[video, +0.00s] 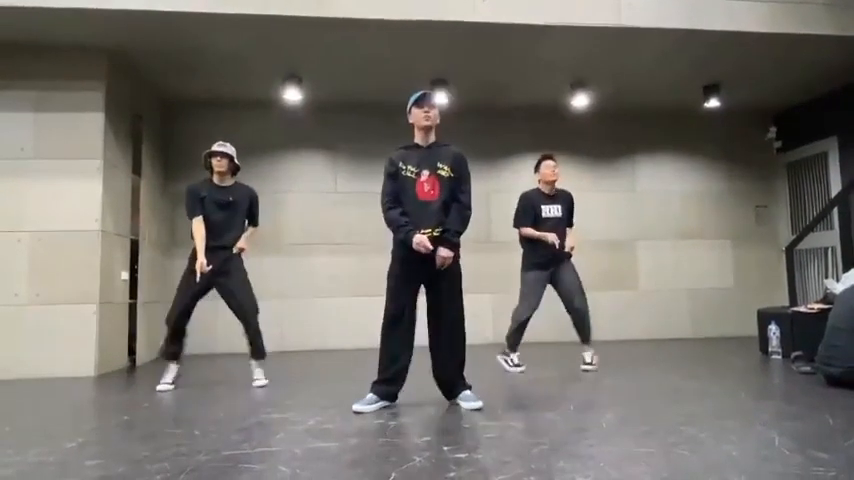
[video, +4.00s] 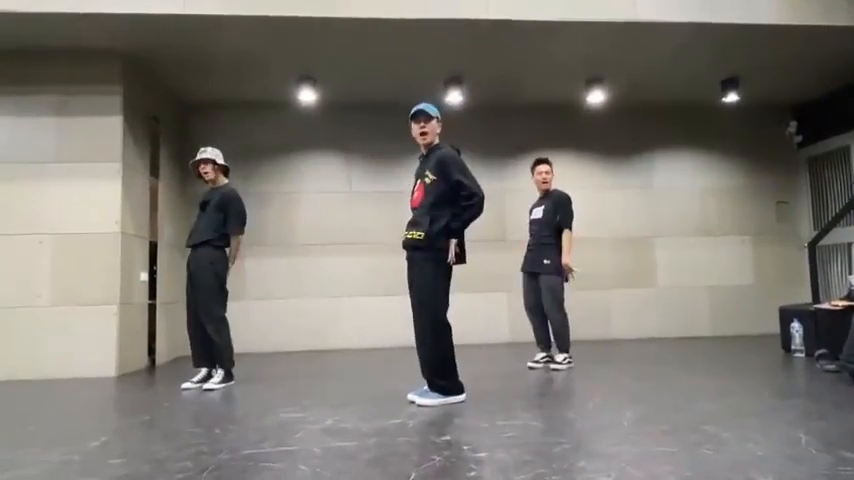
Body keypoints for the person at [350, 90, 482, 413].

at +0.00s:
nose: (427, 112)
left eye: (432, 107)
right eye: (421, 107)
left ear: (438, 115)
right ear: (410, 116)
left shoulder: (454, 158)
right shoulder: (397, 159)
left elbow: (462, 205)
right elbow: (390, 207)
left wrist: (449, 241)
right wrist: (410, 235)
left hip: (445, 251)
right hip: (407, 250)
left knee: (449, 320)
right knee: (397, 319)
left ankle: (456, 388)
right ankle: (385, 390)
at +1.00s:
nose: (399, 119)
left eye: (406, 114)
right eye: (395, 115)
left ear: (419, 120)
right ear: (390, 123)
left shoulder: (435, 155)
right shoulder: (385, 165)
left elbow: (446, 198)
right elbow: (367, 199)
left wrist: (424, 238)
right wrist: (360, 220)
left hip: (427, 253)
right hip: (391, 256)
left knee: (444, 319)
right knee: (379, 321)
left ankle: (470, 385)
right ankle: (377, 390)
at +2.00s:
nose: (431, 124)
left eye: (436, 119)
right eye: (425, 120)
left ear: (444, 126)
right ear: (416, 127)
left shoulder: (463, 166)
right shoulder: (403, 169)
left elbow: (490, 198)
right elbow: (373, 198)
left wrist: (510, 173)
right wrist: (356, 173)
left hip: (450, 263)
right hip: (412, 264)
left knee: (460, 327)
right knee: (406, 329)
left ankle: (475, 391)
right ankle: (401, 392)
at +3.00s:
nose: (465, 119)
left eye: (467, 116)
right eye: (458, 115)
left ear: (470, 124)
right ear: (441, 124)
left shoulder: (483, 166)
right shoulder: (424, 165)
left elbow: (512, 193)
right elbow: (390, 189)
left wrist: (519, 160)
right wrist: (375, 160)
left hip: (463, 259)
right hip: (425, 258)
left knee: (467, 325)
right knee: (417, 324)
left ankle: (476, 390)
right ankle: (407, 389)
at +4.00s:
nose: (421, 127)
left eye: (427, 121)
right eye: (416, 123)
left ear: (438, 125)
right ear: (411, 129)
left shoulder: (445, 156)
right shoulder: (425, 161)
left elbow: (475, 198)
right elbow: (439, 201)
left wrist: (451, 231)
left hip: (434, 252)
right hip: (419, 251)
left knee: (433, 318)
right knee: (424, 319)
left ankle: (448, 386)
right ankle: (436, 383)